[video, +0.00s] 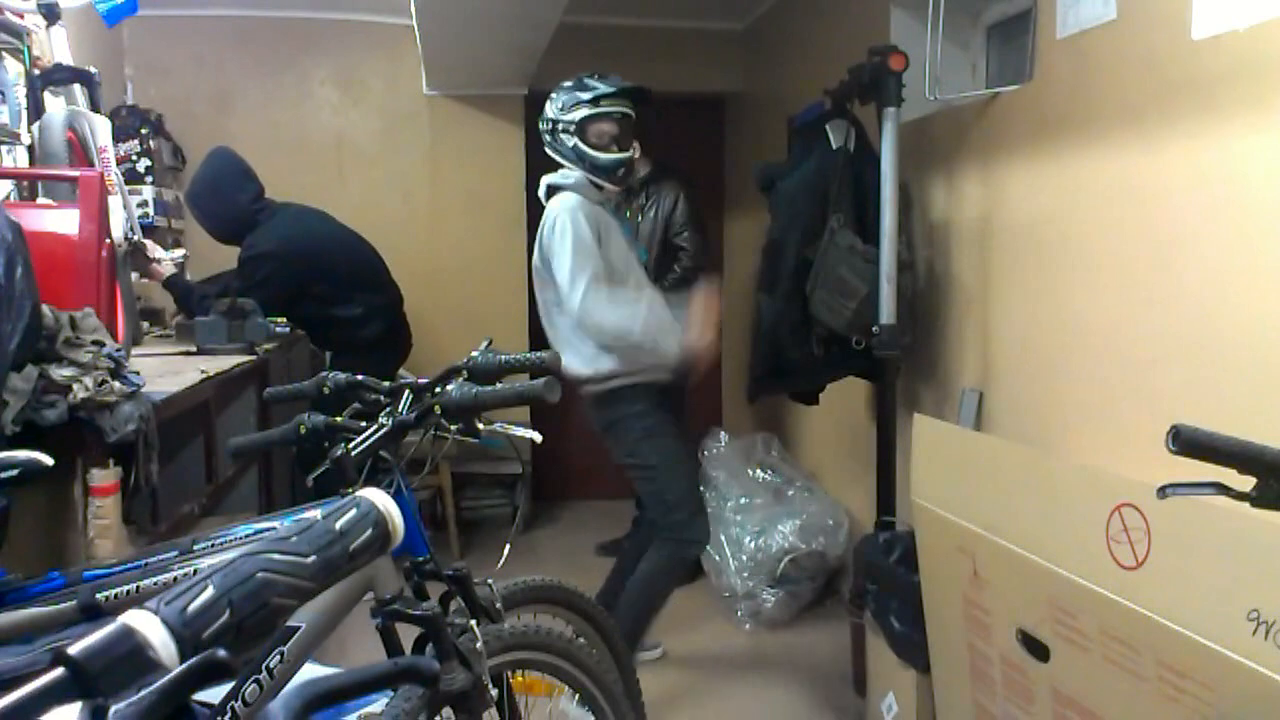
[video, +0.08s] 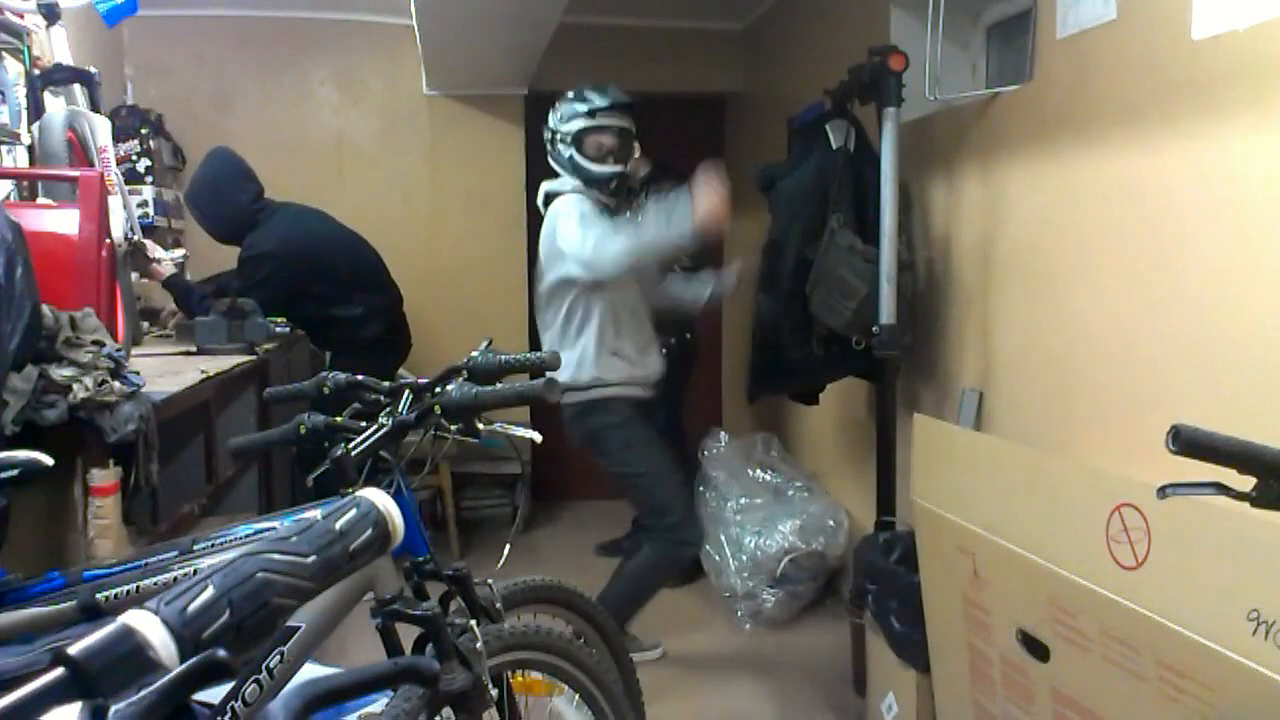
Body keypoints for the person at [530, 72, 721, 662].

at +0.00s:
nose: (619, 146)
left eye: (623, 132)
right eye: (602, 134)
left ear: (632, 134)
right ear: (566, 140)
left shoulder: (600, 212)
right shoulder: (570, 214)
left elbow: (631, 295)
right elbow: (594, 309)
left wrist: (685, 324)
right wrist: (683, 339)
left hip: (642, 386)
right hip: (618, 392)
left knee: (661, 520)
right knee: (681, 529)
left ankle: (600, 635)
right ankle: (610, 653)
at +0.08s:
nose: (612, 152)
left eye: (620, 141)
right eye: (597, 142)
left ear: (633, 146)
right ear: (567, 149)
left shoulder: (619, 213)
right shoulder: (567, 210)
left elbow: (653, 285)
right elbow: (603, 255)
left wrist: (720, 281)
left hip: (637, 391)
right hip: (598, 398)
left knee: (671, 513)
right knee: (677, 531)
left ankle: (610, 622)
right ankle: (598, 633)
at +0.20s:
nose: (607, 153)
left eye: (617, 142)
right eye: (593, 141)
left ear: (633, 147)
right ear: (565, 146)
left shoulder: (634, 214)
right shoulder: (561, 206)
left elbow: (672, 301)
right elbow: (588, 262)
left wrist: (715, 295)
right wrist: (672, 242)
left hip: (642, 388)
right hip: (593, 392)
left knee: (655, 529)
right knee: (638, 541)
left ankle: (603, 624)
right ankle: (574, 632)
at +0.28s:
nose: (603, 139)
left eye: (613, 127)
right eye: (588, 127)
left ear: (626, 136)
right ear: (561, 133)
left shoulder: (599, 207)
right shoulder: (557, 206)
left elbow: (620, 295)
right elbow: (553, 311)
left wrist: (656, 356)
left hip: (646, 384)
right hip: (606, 393)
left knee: (653, 516)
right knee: (597, 524)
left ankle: (600, 620)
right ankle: (533, 627)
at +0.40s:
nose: (594, 135)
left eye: (607, 123)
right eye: (580, 123)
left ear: (623, 132)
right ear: (554, 128)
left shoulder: (609, 210)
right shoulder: (541, 208)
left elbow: (623, 310)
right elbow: (521, 307)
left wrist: (676, 369)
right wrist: (572, 356)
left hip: (641, 389)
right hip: (583, 396)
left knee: (660, 524)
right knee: (598, 529)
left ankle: (600, 623)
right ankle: (530, 631)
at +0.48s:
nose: (587, 152)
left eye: (600, 139)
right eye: (572, 139)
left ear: (618, 147)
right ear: (549, 144)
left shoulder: (611, 227)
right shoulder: (537, 212)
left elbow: (667, 295)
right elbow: (520, 285)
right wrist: (576, 269)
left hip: (619, 400)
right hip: (562, 403)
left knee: (663, 527)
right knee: (590, 541)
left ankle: (602, 624)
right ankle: (541, 638)